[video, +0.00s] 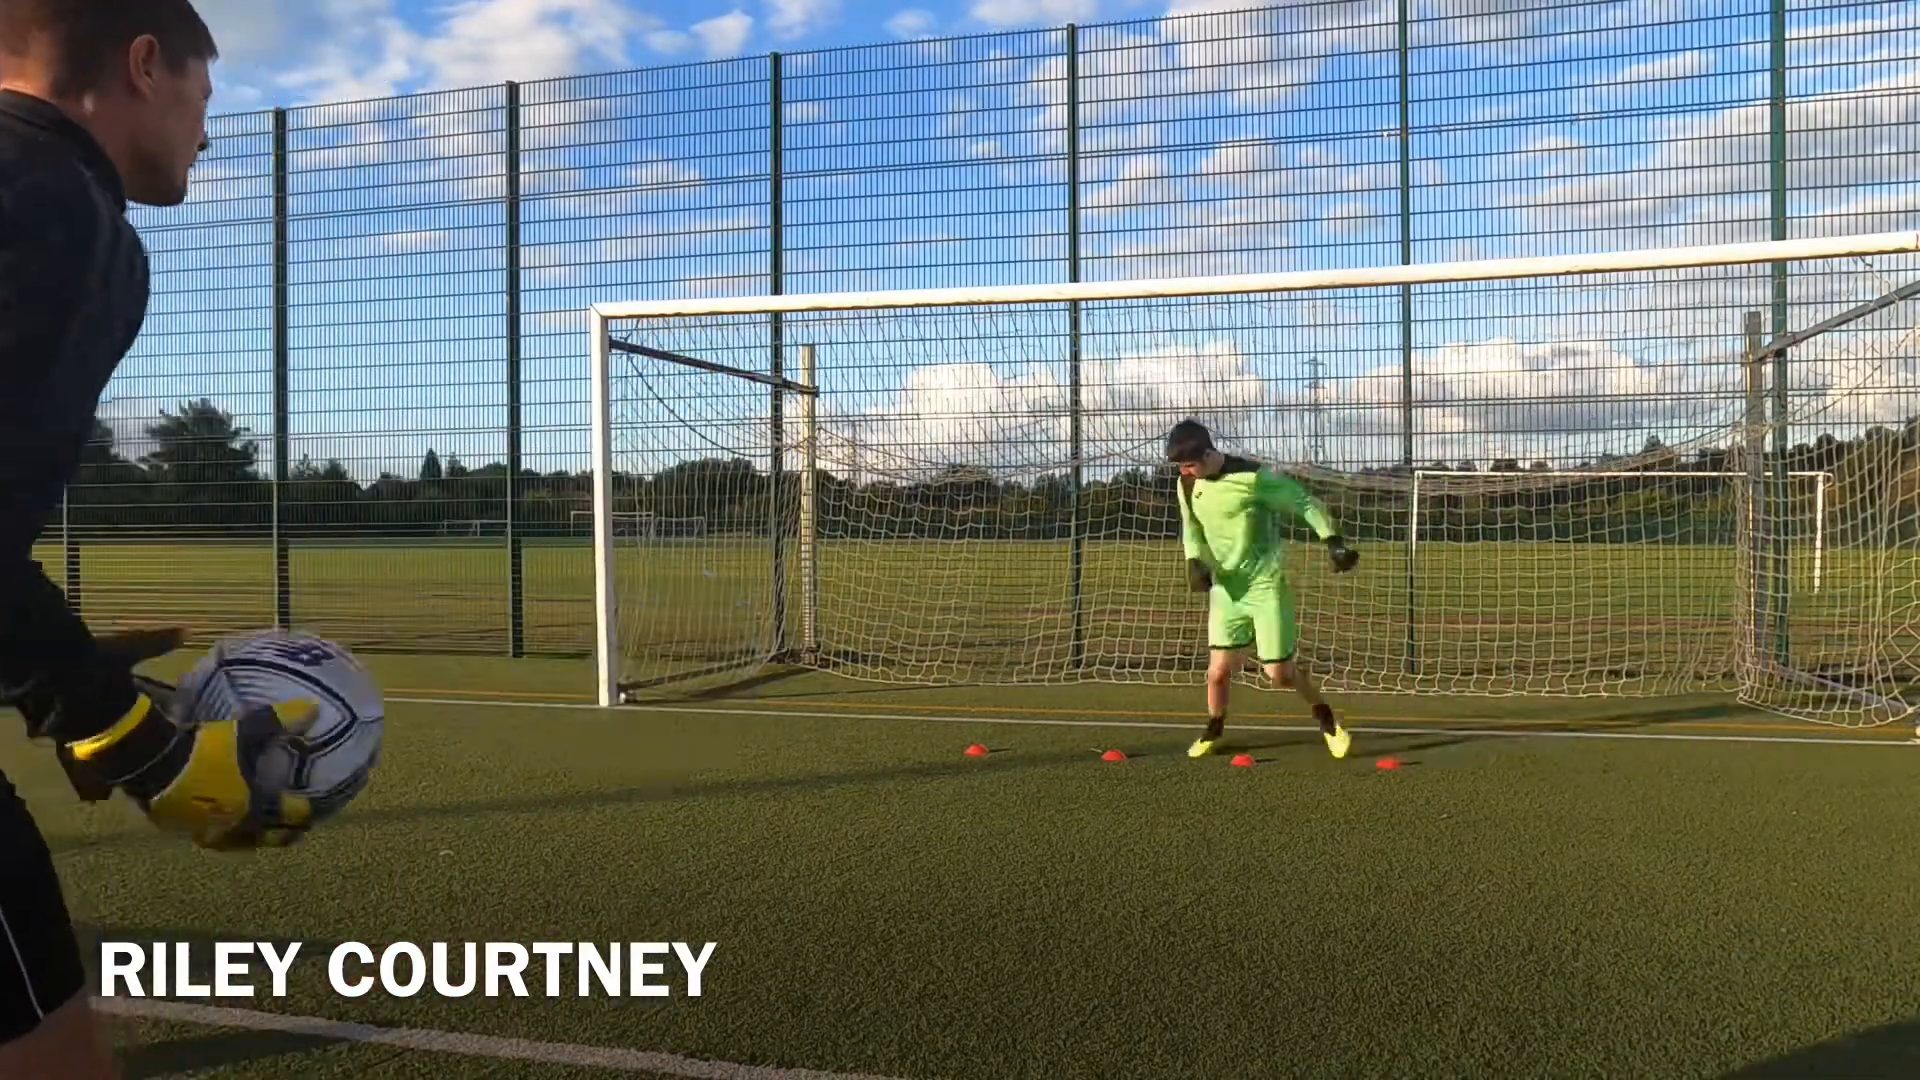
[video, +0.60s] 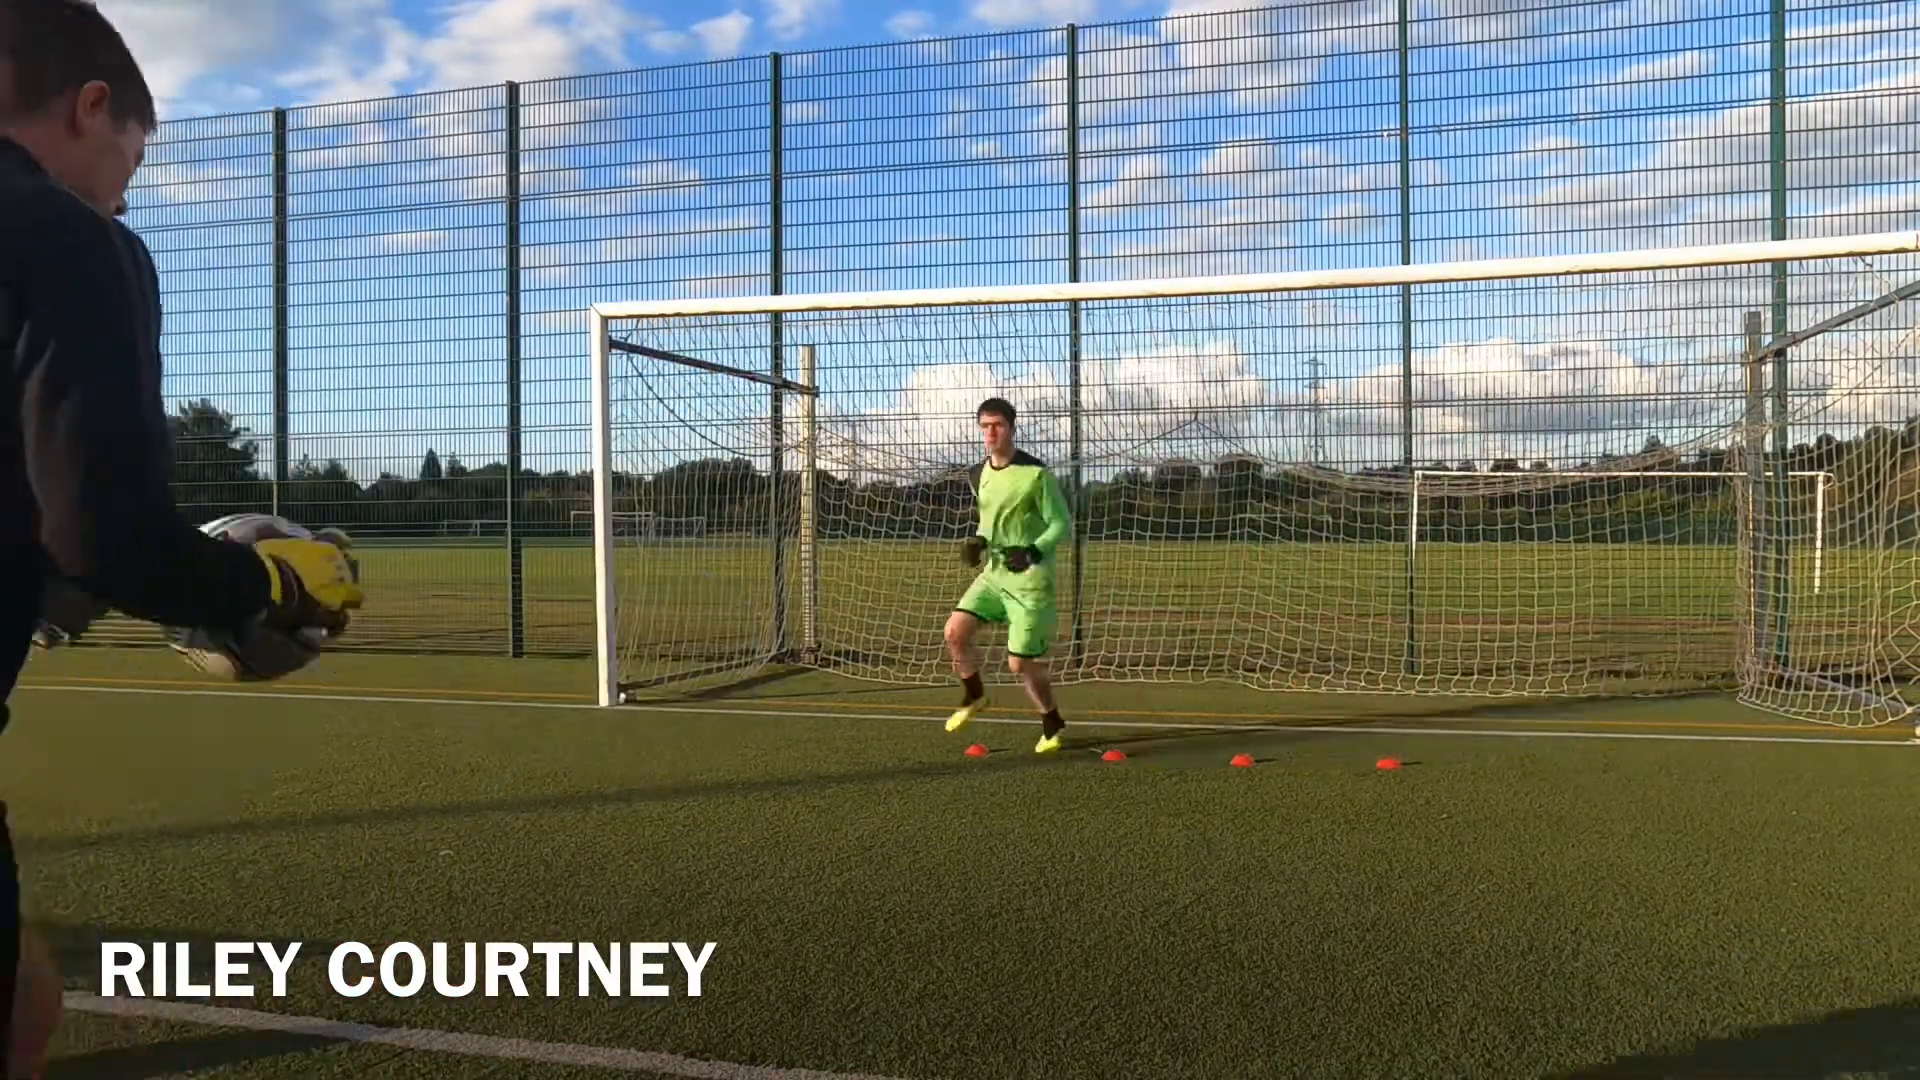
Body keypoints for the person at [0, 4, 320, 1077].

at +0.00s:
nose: (205, 130)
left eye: (209, 98)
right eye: (202, 92)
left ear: (47, 64)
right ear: (139, 64)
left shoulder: (34, 192)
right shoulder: (69, 220)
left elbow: (5, 530)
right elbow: (5, 533)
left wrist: (72, 682)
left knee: (58, 1033)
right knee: (55, 1040)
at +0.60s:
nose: (125, 190)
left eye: (136, 166)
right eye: (131, 157)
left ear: (38, 106)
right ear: (88, 107)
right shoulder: (71, 247)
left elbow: (47, 541)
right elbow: (106, 536)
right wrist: (247, 592)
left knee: (28, 996)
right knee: (24, 1001)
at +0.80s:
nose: (238, 213)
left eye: (244, 189)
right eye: (240, 184)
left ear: (87, 147)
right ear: (199, 147)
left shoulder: (8, 235)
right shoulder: (196, 257)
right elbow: (198, 467)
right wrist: (345, 600)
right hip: (61, 693)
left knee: (160, 945)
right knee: (38, 1006)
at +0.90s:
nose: (277, 219)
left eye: (282, 192)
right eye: (278, 188)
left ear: (132, 165)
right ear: (239, 165)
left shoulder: (18, 270)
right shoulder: (241, 262)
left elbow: (20, 477)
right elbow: (216, 442)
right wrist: (308, 641)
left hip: (12, 683)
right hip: (148, 693)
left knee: (237, 1002)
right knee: (129, 1041)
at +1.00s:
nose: (306, 225)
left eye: (308, 205)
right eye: (309, 200)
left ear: (170, 169)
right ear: (277, 169)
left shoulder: (42, 277)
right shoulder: (265, 248)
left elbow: (18, 474)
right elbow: (191, 427)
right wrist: (195, 654)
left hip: (49, 687)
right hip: (212, 679)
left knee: (218, 927)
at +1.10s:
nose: (332, 215)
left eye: (335, 198)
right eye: (336, 193)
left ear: (203, 161)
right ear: (305, 162)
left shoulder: (74, 255)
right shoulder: (293, 224)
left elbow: (16, 455)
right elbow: (193, 370)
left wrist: (25, 618)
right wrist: (122, 582)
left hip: (79, 653)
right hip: (242, 624)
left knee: (234, 937)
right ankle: (508, 933)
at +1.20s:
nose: (334, 186)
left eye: (336, 168)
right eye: (337, 166)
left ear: (205, 147)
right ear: (307, 150)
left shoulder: (100, 250)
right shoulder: (316, 215)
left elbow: (27, 478)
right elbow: (204, 313)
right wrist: (135, 554)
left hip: (118, 654)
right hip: (265, 630)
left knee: (252, 932)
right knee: (430, 610)